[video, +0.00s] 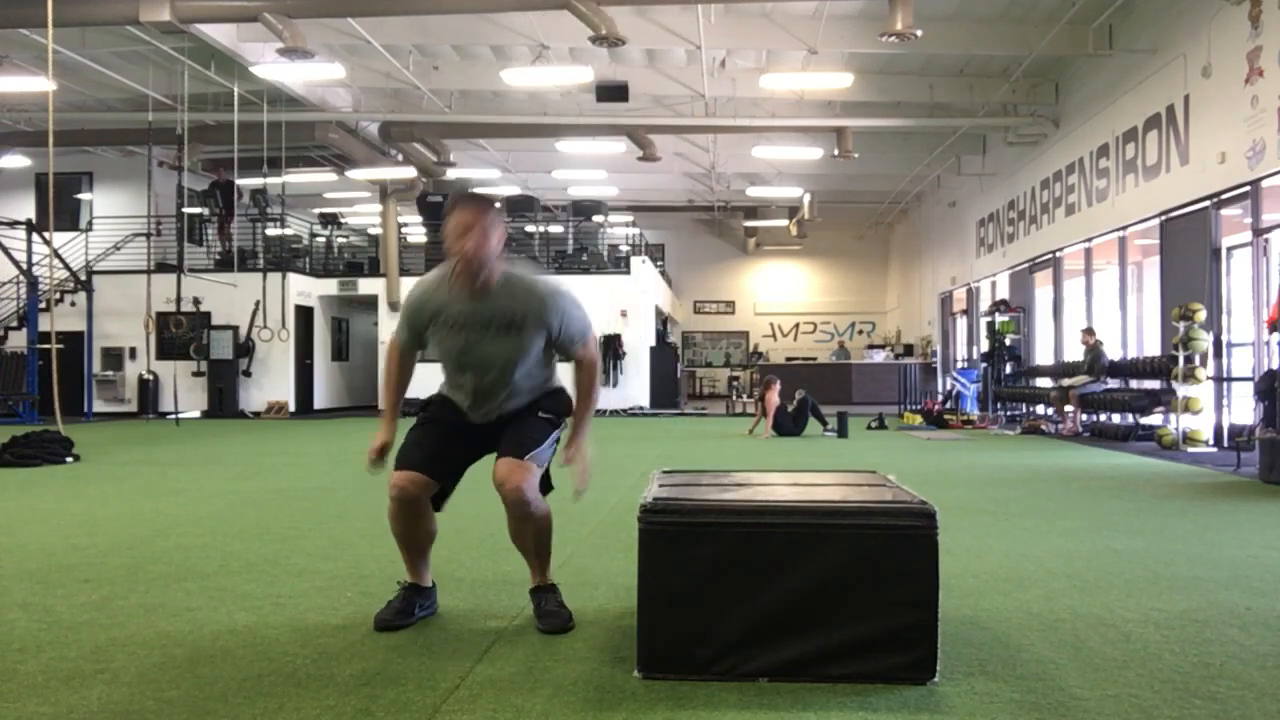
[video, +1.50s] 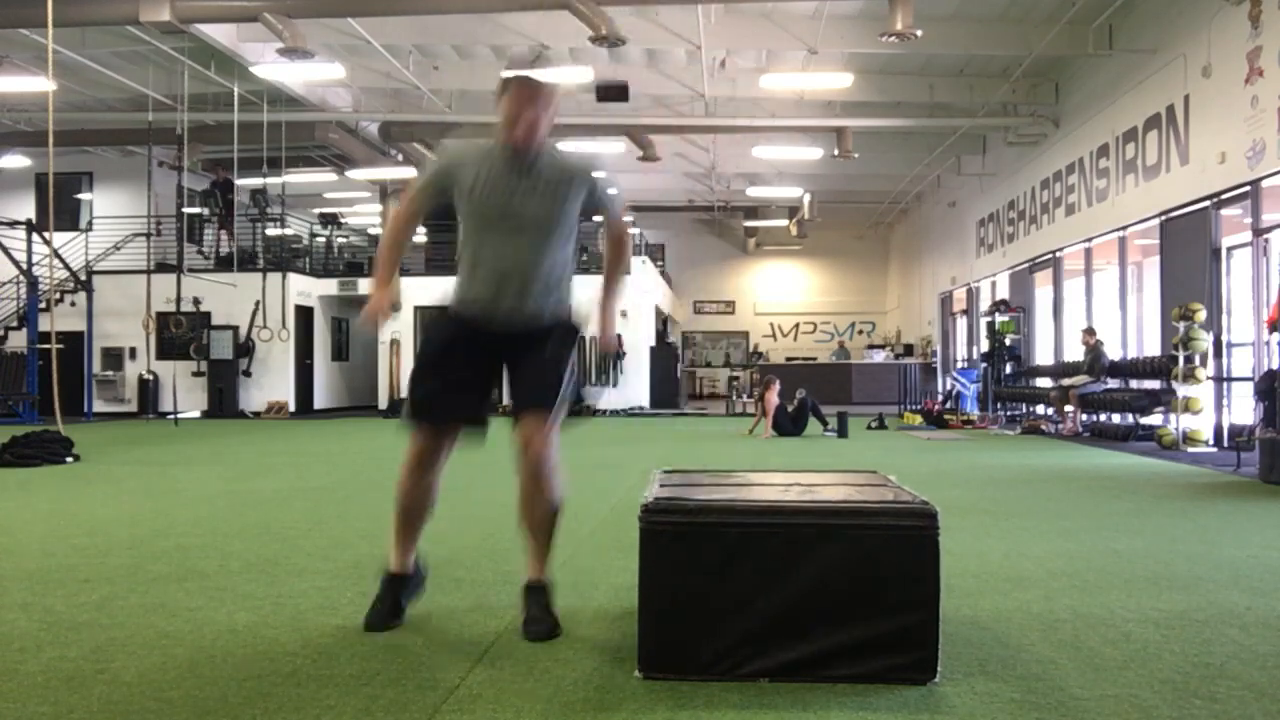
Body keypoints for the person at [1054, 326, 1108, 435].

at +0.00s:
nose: (1082, 339)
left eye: (1084, 337)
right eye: (1082, 336)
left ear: (1092, 337)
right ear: (1089, 337)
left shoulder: (1099, 353)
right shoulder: (1088, 351)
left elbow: (1096, 376)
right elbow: (1085, 371)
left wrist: (1073, 381)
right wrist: (1071, 380)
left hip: (1099, 382)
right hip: (1087, 379)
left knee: (1074, 393)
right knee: (1055, 395)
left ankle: (1076, 426)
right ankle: (1067, 425)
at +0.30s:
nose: (1081, 340)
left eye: (1084, 337)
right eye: (1081, 337)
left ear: (1091, 337)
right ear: (1087, 337)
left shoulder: (1099, 353)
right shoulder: (1087, 351)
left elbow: (1096, 376)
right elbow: (1085, 371)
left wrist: (1073, 381)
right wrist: (1071, 380)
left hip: (1099, 382)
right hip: (1087, 379)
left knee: (1074, 393)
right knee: (1055, 395)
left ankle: (1076, 426)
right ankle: (1067, 425)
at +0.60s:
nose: (1081, 340)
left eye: (1084, 337)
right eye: (1081, 337)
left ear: (1091, 337)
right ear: (1085, 337)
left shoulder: (1099, 353)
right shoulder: (1087, 351)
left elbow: (1096, 376)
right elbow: (1085, 371)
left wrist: (1073, 381)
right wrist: (1071, 380)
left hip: (1099, 381)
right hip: (1087, 379)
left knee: (1074, 392)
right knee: (1055, 395)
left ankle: (1076, 426)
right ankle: (1066, 425)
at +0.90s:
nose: (1082, 339)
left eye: (1085, 337)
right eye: (1082, 336)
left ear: (1092, 337)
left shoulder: (1099, 353)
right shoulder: (1088, 351)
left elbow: (1096, 376)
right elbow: (1086, 372)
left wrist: (1074, 381)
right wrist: (1072, 380)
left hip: (1099, 382)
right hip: (1086, 380)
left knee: (1073, 393)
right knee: (1054, 395)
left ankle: (1076, 426)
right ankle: (1066, 425)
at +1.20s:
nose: (1082, 340)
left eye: (1084, 337)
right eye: (1082, 336)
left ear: (1092, 338)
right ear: (1087, 338)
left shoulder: (1099, 353)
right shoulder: (1087, 351)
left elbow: (1096, 376)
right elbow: (1085, 372)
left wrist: (1074, 381)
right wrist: (1072, 380)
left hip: (1099, 382)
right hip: (1087, 380)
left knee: (1073, 392)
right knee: (1054, 395)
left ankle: (1076, 426)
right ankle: (1066, 424)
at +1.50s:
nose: (1082, 340)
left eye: (1084, 337)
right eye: (1082, 336)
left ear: (1092, 338)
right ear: (1087, 338)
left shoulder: (1099, 353)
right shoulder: (1088, 351)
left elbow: (1095, 377)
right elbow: (1085, 372)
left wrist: (1073, 381)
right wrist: (1071, 380)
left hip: (1099, 382)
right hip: (1087, 379)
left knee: (1074, 393)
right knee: (1054, 395)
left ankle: (1076, 426)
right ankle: (1066, 424)